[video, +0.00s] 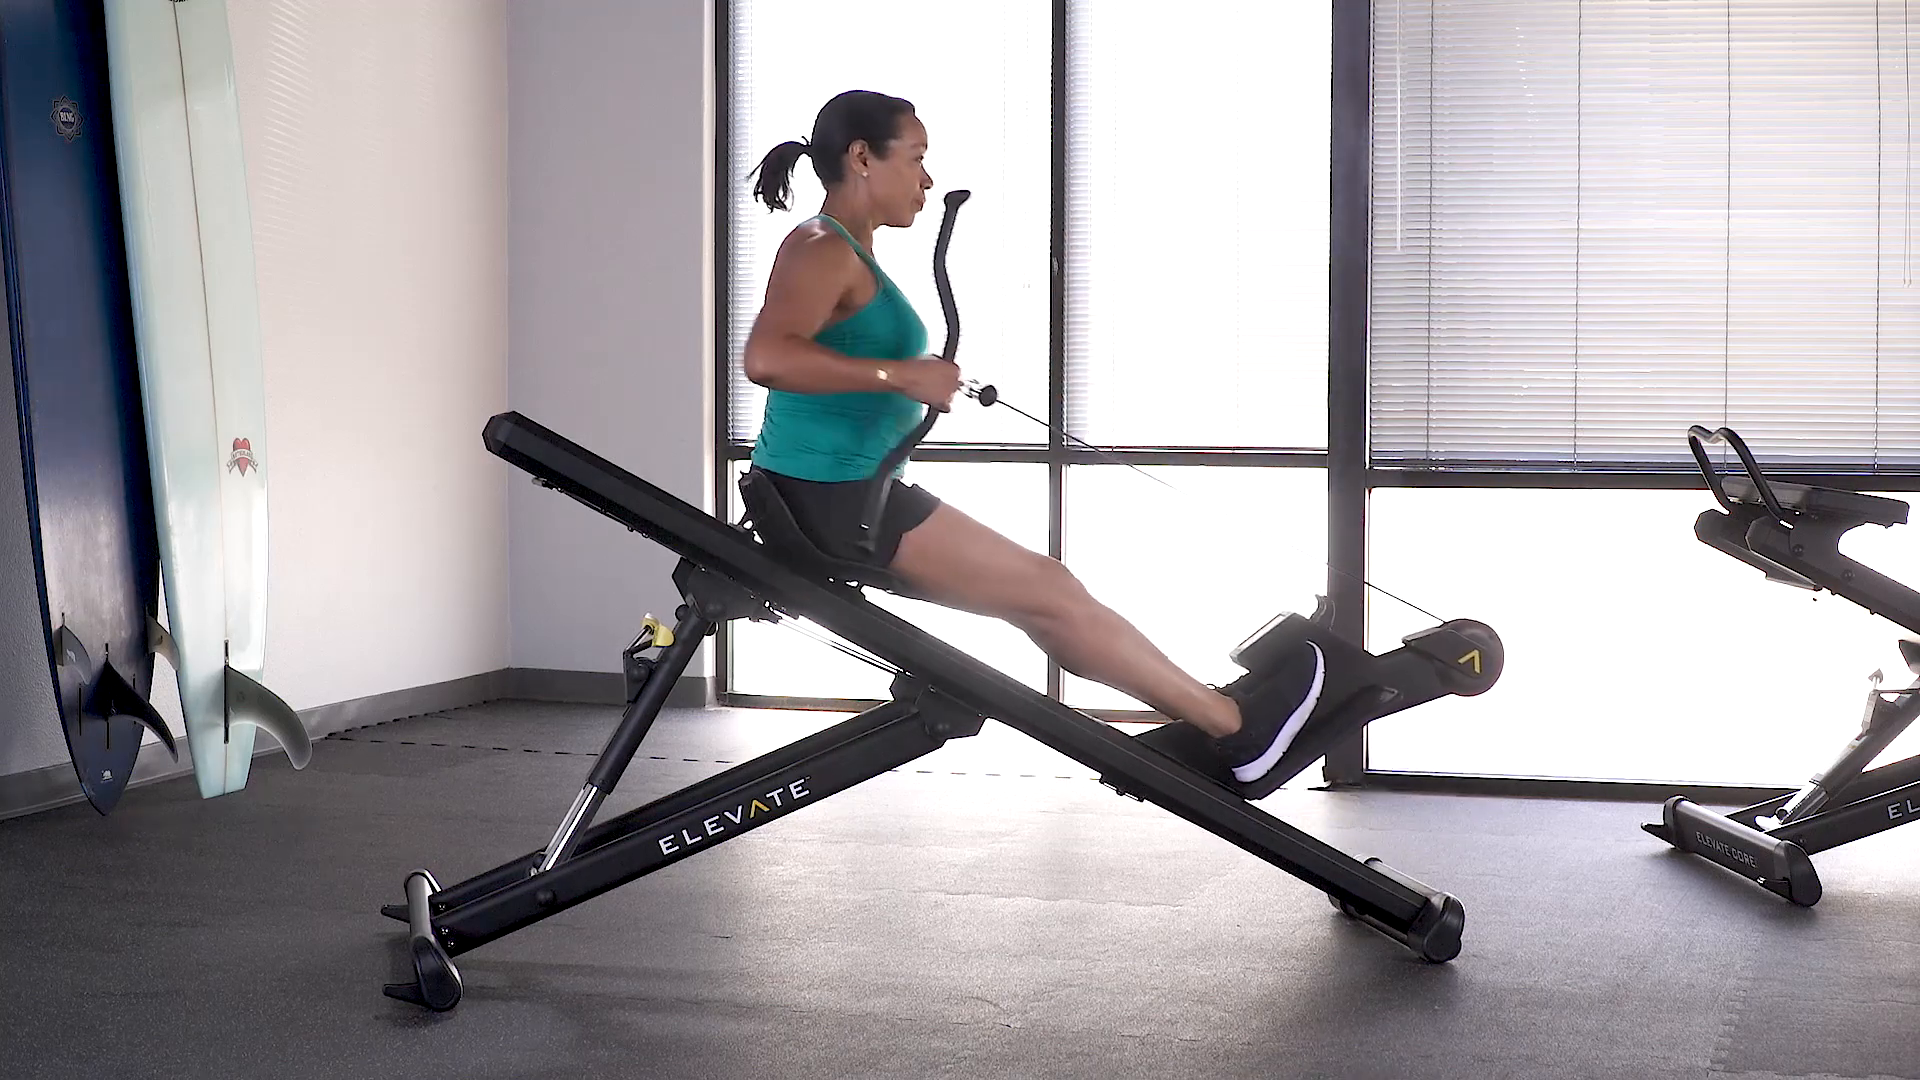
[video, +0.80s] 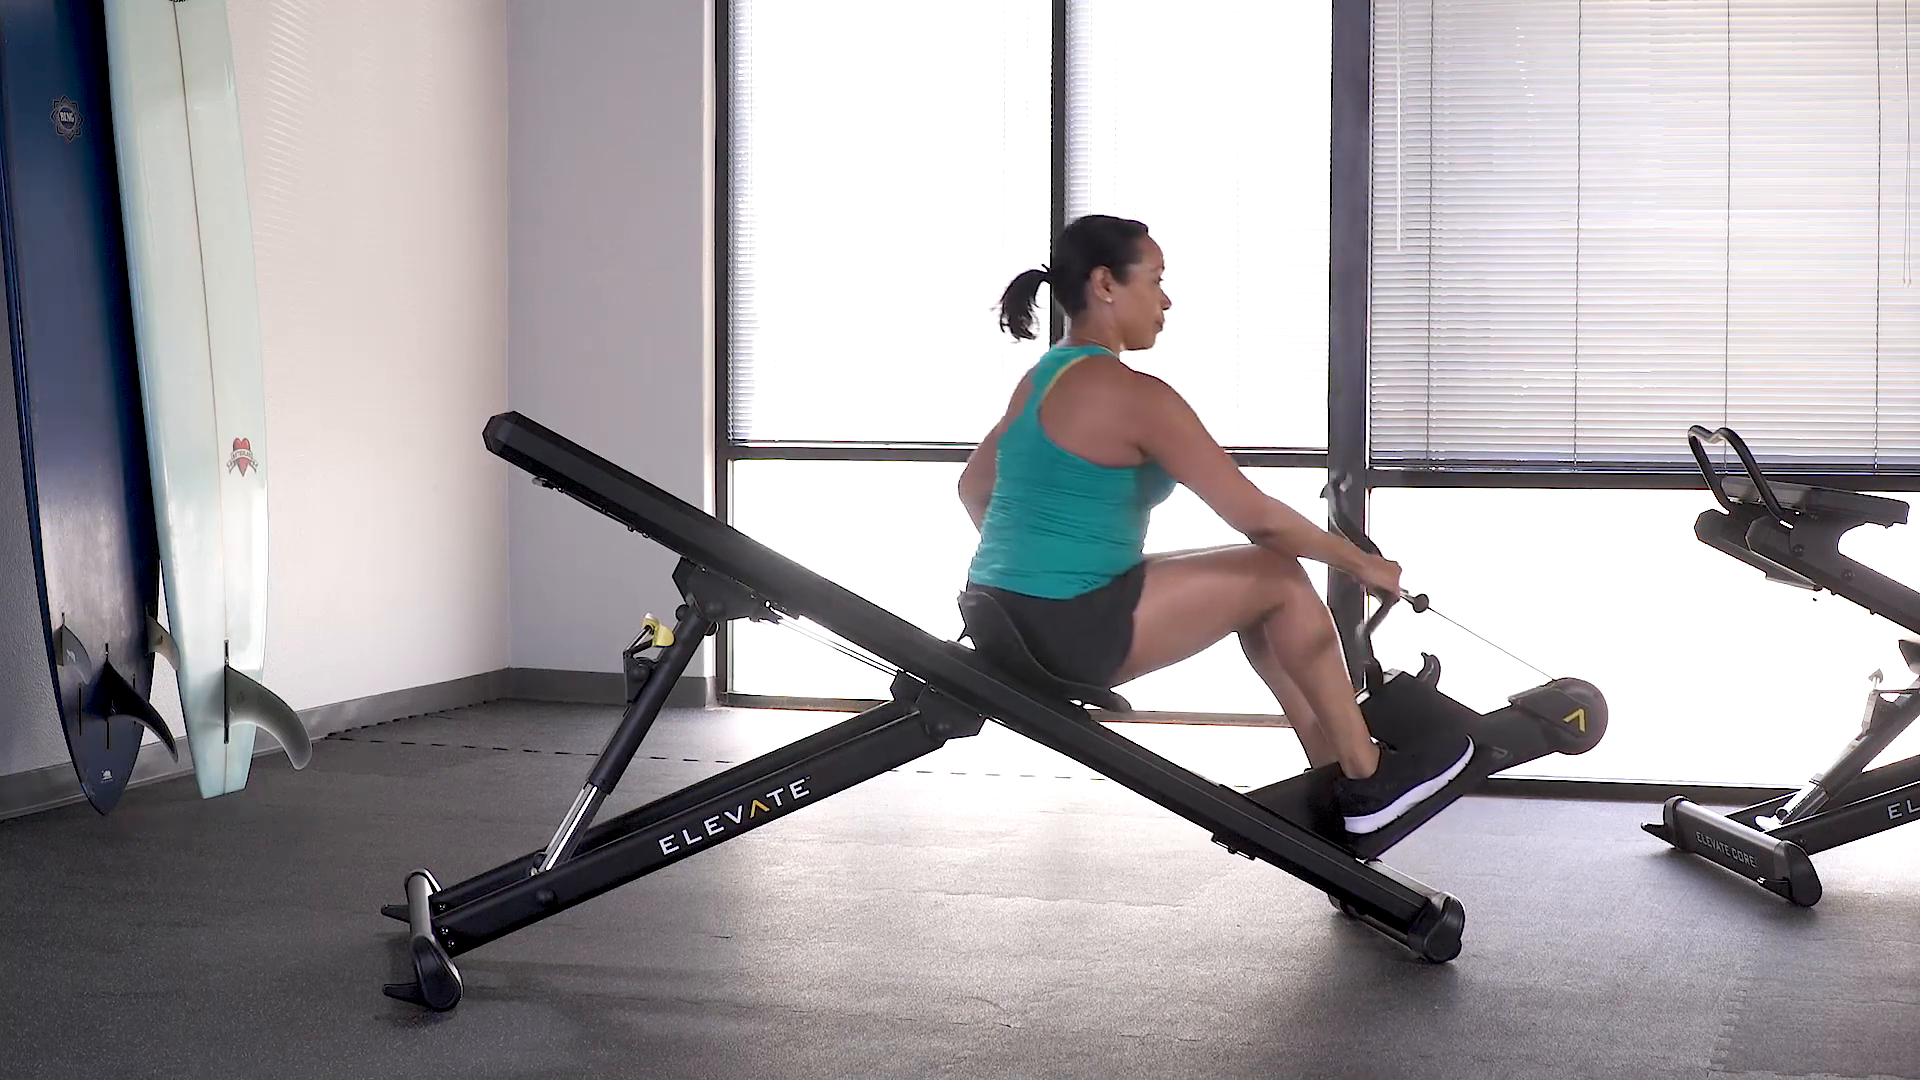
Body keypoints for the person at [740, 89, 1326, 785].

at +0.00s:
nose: (926, 178)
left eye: (923, 160)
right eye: (914, 159)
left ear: (863, 164)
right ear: (860, 162)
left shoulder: (844, 249)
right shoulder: (820, 249)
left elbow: (797, 356)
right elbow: (766, 355)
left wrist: (908, 374)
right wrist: (895, 375)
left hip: (848, 488)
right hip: (821, 498)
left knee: (1049, 585)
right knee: (1046, 593)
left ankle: (1215, 713)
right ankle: (1228, 721)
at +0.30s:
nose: (937, 189)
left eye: (935, 171)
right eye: (927, 171)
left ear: (878, 174)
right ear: (875, 172)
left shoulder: (859, 262)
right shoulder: (836, 265)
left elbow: (825, 380)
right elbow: (801, 382)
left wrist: (934, 388)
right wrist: (930, 387)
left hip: (862, 500)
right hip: (843, 510)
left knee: (1073, 580)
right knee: (1077, 581)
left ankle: (1234, 718)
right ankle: (1243, 725)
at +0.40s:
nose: (970, 205)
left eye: (967, 187)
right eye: (959, 186)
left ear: (907, 191)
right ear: (905, 189)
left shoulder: (889, 282)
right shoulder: (882, 284)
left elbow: (895, 411)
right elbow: (888, 410)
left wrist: (1007, 422)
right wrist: (1011, 422)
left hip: (879, 520)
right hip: (878, 526)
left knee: (1105, 583)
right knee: (1111, 576)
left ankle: (1251, 721)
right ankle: (1269, 732)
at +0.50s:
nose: (1018, 223)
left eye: (1014, 205)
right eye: (1007, 205)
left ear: (953, 213)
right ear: (954, 210)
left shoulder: (915, 303)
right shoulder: (942, 311)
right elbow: (984, 435)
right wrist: (1102, 458)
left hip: (901, 542)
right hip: (922, 549)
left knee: (1145, 581)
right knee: (1156, 571)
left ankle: (1269, 732)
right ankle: (1297, 744)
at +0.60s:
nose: (1068, 250)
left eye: (1065, 232)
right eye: (1056, 231)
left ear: (1002, 238)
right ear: (1005, 236)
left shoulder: (954, 328)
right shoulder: (1008, 338)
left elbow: (905, 450)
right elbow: (1090, 467)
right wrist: (1200, 491)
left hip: (927, 570)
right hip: (973, 576)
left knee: (1184, 577)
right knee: (1196, 565)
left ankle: (1291, 741)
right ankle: (1323, 754)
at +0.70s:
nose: (1121, 277)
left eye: (1116, 259)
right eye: (1109, 259)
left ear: (1051, 264)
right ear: (1057, 263)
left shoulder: (1002, 351)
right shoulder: (1078, 370)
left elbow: (941, 464)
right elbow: (1180, 493)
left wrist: (999, 533)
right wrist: (1292, 529)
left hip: (965, 589)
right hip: (1022, 603)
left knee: (1224, 575)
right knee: (1246, 572)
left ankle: (1310, 753)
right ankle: (1348, 765)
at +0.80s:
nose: (1167, 299)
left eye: (1163, 281)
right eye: (1156, 281)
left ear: (1097, 288)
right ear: (1104, 286)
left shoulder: (1040, 380)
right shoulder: (1140, 398)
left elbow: (974, 486)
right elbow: (1258, 520)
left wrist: (1028, 562)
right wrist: (1360, 561)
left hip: (997, 612)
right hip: (1071, 625)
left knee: (1252, 571)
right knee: (1281, 578)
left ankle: (1326, 757)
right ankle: (1367, 772)